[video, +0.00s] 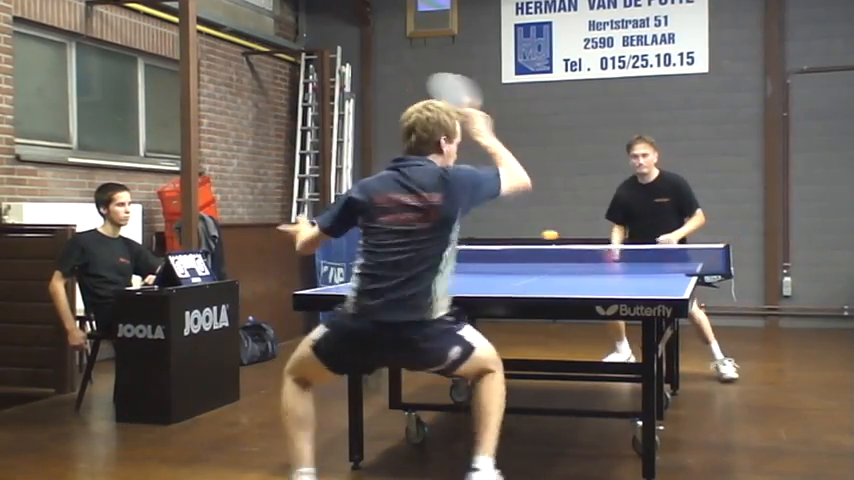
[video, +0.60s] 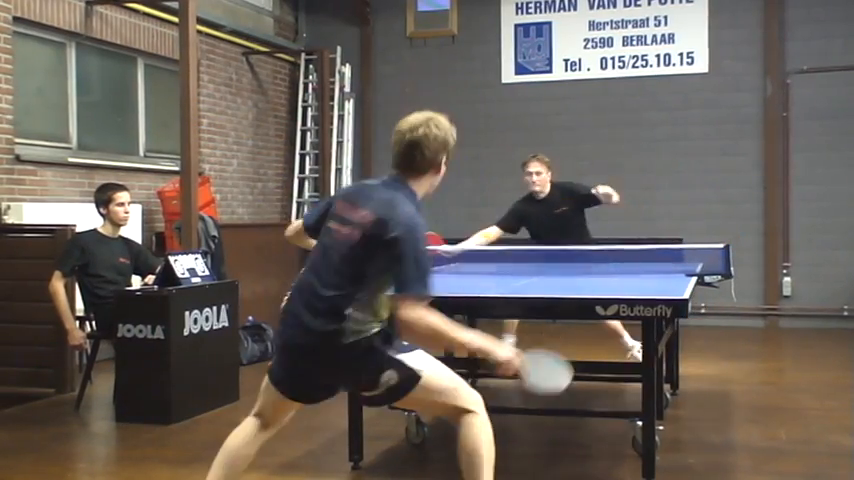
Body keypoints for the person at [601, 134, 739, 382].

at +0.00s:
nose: (639, 161)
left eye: (644, 155)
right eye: (634, 157)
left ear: (655, 156)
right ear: (629, 161)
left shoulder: (674, 184)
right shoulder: (625, 190)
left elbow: (699, 218)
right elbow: (618, 226)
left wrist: (676, 235)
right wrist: (615, 247)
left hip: (672, 264)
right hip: (635, 265)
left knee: (691, 307)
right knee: (608, 301)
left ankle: (719, 358)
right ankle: (623, 350)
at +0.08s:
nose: (628, 167)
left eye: (633, 161)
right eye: (624, 163)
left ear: (646, 160)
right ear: (620, 165)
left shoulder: (670, 187)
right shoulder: (623, 193)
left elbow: (696, 220)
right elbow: (613, 230)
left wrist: (665, 237)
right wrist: (582, 243)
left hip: (670, 267)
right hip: (633, 268)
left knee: (690, 312)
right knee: (596, 291)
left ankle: (728, 361)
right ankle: (614, 343)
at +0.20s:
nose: (602, 180)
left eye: (607, 175)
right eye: (599, 176)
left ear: (623, 175)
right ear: (600, 181)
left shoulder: (645, 197)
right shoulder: (603, 209)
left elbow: (680, 223)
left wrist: (644, 235)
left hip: (664, 270)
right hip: (623, 273)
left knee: (687, 314)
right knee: (579, 297)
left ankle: (729, 361)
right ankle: (561, 349)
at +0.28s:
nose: (576, 183)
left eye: (581, 178)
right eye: (574, 180)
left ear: (598, 178)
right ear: (575, 184)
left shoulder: (620, 197)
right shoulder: (577, 213)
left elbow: (661, 214)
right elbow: (539, 224)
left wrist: (627, 223)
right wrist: (500, 221)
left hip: (645, 271)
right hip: (604, 274)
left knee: (678, 315)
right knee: (565, 303)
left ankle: (726, 361)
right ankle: (541, 352)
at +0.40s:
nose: (547, 184)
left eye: (553, 179)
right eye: (545, 180)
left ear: (567, 181)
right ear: (543, 186)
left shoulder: (589, 198)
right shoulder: (545, 214)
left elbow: (635, 212)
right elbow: (527, 236)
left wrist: (615, 206)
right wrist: (516, 228)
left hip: (610, 269)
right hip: (568, 273)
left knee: (653, 310)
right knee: (536, 299)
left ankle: (700, 358)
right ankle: (528, 359)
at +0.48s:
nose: (541, 181)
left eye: (545, 175)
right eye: (536, 177)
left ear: (558, 176)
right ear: (532, 181)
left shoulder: (579, 195)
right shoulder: (532, 211)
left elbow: (625, 206)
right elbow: (498, 226)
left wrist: (611, 197)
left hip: (597, 266)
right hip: (556, 270)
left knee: (629, 311)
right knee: (525, 296)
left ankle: (666, 353)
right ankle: (527, 352)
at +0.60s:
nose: (534, 179)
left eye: (538, 173)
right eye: (529, 175)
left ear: (549, 175)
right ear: (524, 179)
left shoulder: (568, 192)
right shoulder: (523, 207)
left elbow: (607, 199)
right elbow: (492, 234)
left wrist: (606, 194)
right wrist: (457, 249)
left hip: (582, 263)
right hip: (545, 266)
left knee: (594, 301)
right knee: (512, 293)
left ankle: (630, 344)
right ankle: (507, 345)